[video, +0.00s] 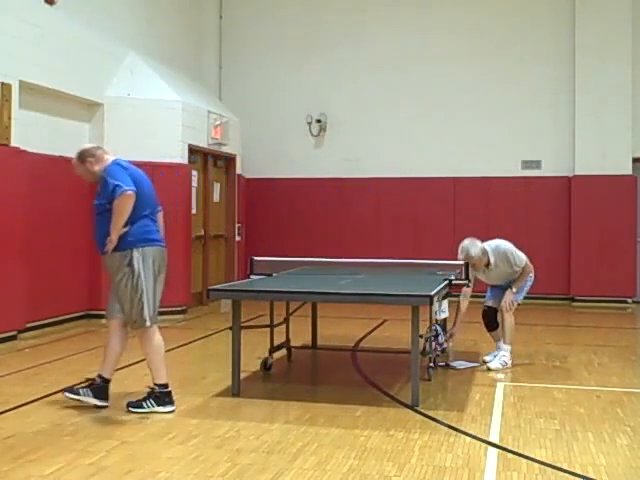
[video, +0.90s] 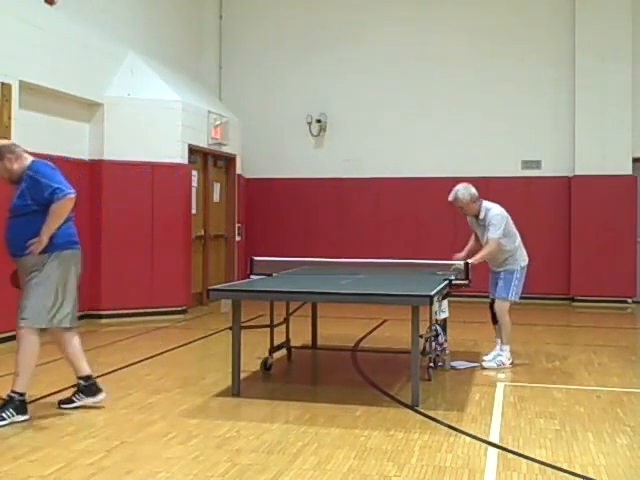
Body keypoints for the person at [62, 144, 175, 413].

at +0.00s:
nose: (86, 178)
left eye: (84, 173)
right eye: (83, 174)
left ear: (92, 162)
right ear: (100, 156)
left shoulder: (111, 169)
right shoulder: (129, 169)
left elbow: (126, 193)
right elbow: (157, 210)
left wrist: (114, 233)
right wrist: (157, 244)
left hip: (137, 251)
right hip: (140, 250)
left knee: (145, 323)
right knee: (117, 319)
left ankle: (162, 393)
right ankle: (101, 386)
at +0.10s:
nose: (77, 181)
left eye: (74, 176)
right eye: (73, 178)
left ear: (81, 164)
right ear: (90, 158)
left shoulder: (100, 170)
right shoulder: (121, 172)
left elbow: (116, 193)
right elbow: (145, 214)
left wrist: (105, 234)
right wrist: (142, 244)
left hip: (125, 252)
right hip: (135, 249)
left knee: (135, 326)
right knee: (111, 324)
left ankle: (160, 391)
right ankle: (96, 389)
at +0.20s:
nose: (66, 179)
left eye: (64, 173)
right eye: (64, 176)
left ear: (72, 162)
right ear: (78, 158)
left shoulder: (92, 169)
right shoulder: (102, 171)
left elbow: (109, 193)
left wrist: (97, 233)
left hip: (115, 250)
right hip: (117, 249)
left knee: (103, 325)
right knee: (109, 326)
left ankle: (149, 381)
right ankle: (95, 389)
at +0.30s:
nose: (59, 178)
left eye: (57, 172)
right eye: (56, 174)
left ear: (65, 160)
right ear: (69, 158)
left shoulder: (86, 167)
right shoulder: (84, 174)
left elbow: (105, 189)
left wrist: (90, 230)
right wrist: (77, 254)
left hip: (106, 250)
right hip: (108, 249)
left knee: (76, 319)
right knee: (101, 322)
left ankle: (126, 369)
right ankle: (95, 389)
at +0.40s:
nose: (53, 174)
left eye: (51, 168)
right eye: (50, 171)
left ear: (59, 157)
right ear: (64, 154)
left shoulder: (82, 164)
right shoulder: (79, 175)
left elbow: (101, 189)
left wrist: (83, 230)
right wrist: (70, 249)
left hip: (98, 248)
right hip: (107, 249)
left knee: (59, 314)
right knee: (94, 321)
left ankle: (97, 373)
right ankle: (94, 390)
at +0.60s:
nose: (38, 172)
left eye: (37, 166)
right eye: (36, 169)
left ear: (46, 155)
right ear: (49, 154)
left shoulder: (69, 163)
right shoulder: (62, 177)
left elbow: (92, 189)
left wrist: (69, 229)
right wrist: (53, 249)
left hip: (82, 250)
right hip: (86, 251)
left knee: (37, 311)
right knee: (84, 320)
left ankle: (54, 382)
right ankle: (93, 389)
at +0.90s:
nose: (4, 175)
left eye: (3, 169)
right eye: (2, 170)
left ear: (12, 158)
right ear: (13, 158)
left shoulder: (38, 169)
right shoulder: (28, 180)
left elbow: (66, 197)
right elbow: (30, 224)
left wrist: (43, 236)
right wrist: (22, 263)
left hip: (56, 256)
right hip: (45, 258)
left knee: (28, 325)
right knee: (61, 324)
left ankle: (17, 401)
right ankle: (88, 384)